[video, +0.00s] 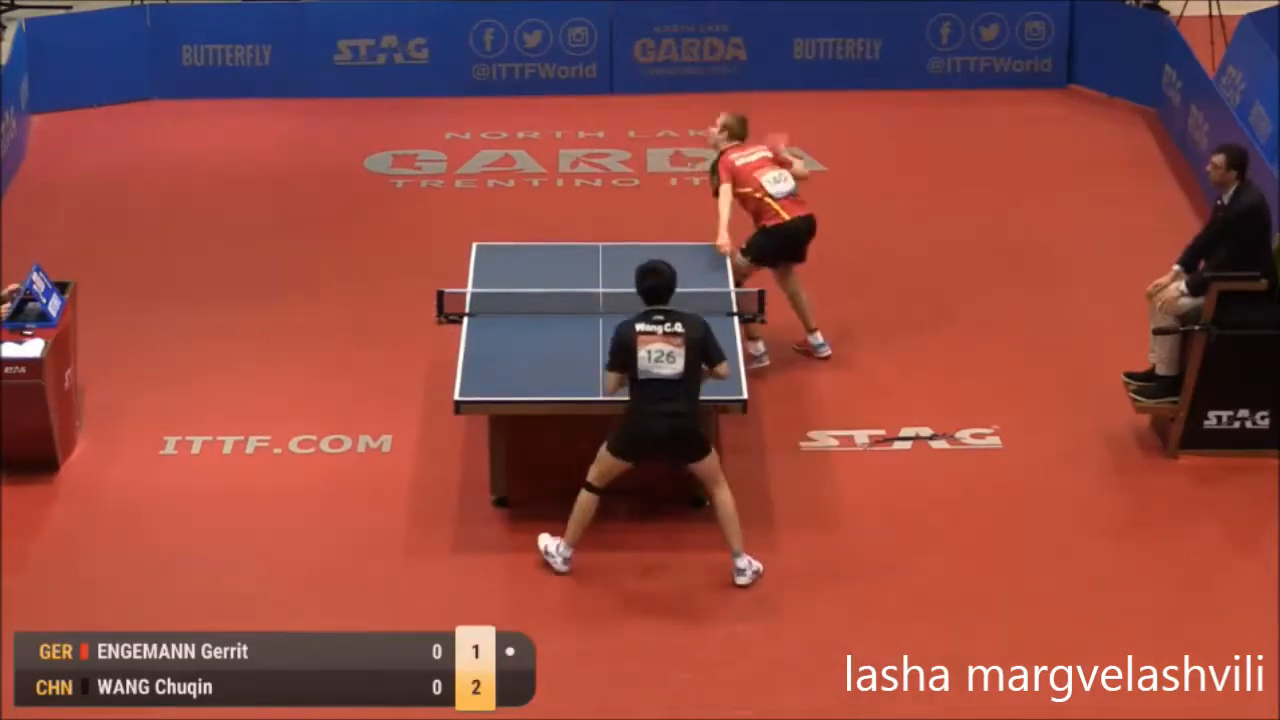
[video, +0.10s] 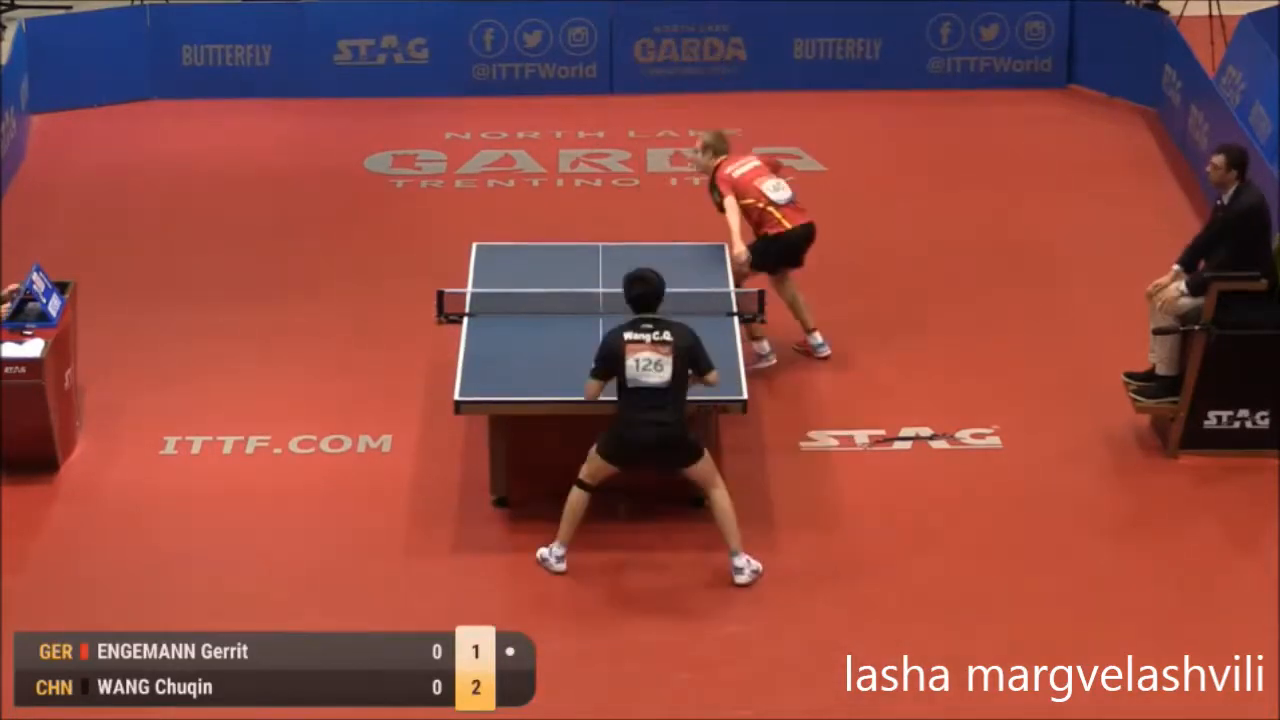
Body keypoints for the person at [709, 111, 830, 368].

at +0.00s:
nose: (710, 131)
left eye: (715, 127)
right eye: (713, 126)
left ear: (725, 135)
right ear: (740, 136)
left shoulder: (725, 160)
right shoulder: (763, 150)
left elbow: (726, 192)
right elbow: (801, 171)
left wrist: (723, 233)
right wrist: (785, 154)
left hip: (776, 228)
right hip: (804, 221)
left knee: (730, 280)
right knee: (785, 274)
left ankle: (755, 347)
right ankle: (816, 338)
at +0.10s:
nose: (694, 158)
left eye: (698, 152)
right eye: (695, 152)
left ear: (711, 154)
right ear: (722, 152)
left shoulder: (721, 175)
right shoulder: (750, 159)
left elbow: (731, 205)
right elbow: (777, 166)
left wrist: (736, 243)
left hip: (777, 237)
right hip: (805, 227)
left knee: (730, 281)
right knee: (779, 278)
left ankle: (761, 348)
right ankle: (815, 339)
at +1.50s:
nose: (753, 159)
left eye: (755, 153)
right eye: (752, 154)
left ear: (767, 150)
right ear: (769, 151)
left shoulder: (791, 167)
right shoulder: (778, 175)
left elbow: (816, 189)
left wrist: (786, 211)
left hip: (809, 257)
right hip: (781, 253)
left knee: (835, 323)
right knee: (727, 257)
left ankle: (899, 340)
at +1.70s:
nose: (787, 126)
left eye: (791, 121)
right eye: (787, 121)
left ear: (807, 120)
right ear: (800, 119)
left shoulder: (839, 149)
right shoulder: (789, 142)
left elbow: (870, 183)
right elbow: (759, 125)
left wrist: (848, 170)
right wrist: (785, 98)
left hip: (818, 235)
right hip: (783, 228)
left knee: (850, 291)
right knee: (727, 261)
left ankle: (901, 338)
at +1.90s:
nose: (790, 108)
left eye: (795, 103)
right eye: (788, 102)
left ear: (813, 101)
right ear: (788, 101)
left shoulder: (837, 130)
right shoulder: (784, 128)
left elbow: (849, 155)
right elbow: (744, 150)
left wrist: (851, 180)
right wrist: (742, 122)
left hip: (821, 209)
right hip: (784, 208)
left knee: (853, 264)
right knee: (738, 265)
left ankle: (870, 323)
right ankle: (714, 318)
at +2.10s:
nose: (765, 91)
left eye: (771, 86)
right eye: (764, 85)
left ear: (787, 87)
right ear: (763, 86)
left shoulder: (812, 113)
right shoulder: (761, 115)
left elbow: (836, 139)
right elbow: (745, 149)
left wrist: (813, 159)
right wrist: (729, 153)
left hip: (809, 187)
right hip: (772, 186)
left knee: (836, 246)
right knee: (734, 237)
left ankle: (862, 310)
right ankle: (727, 296)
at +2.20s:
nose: (756, 71)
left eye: (762, 66)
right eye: (754, 66)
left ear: (777, 68)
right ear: (754, 68)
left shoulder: (802, 97)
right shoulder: (758, 98)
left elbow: (824, 131)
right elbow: (760, 134)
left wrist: (791, 147)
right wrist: (735, 161)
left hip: (807, 170)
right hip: (773, 168)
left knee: (818, 234)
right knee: (737, 223)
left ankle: (842, 296)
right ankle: (725, 284)